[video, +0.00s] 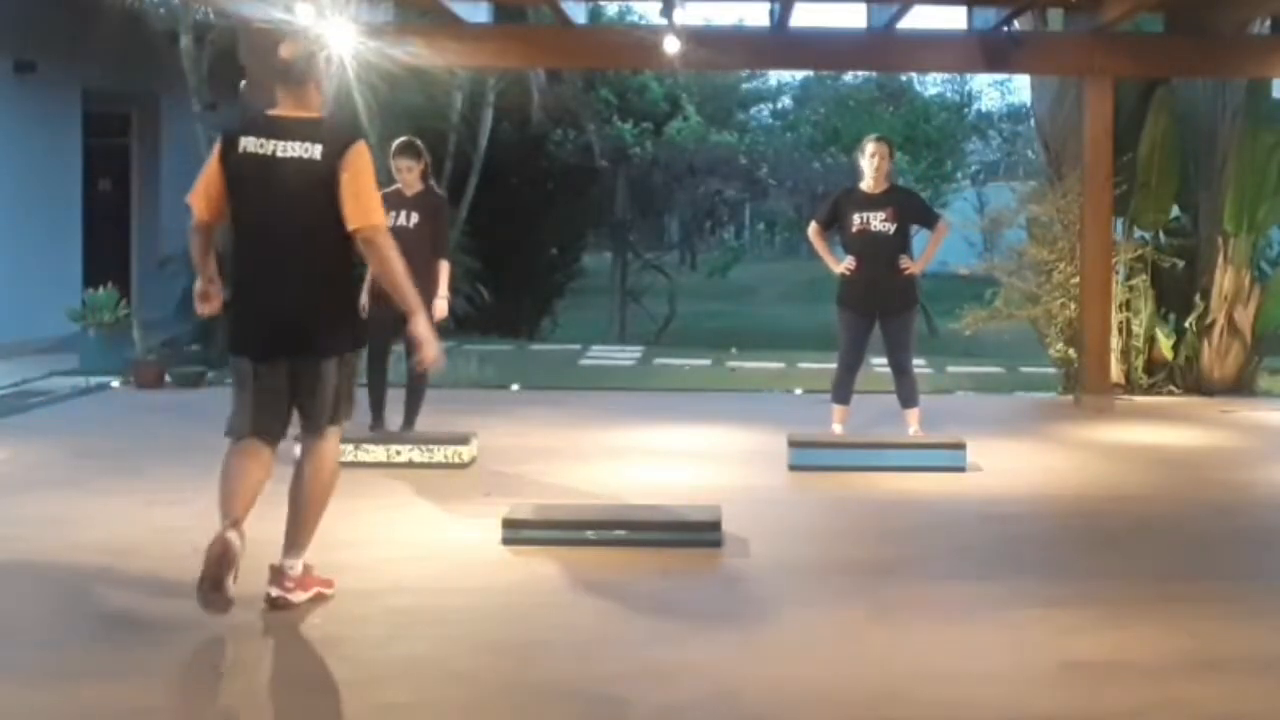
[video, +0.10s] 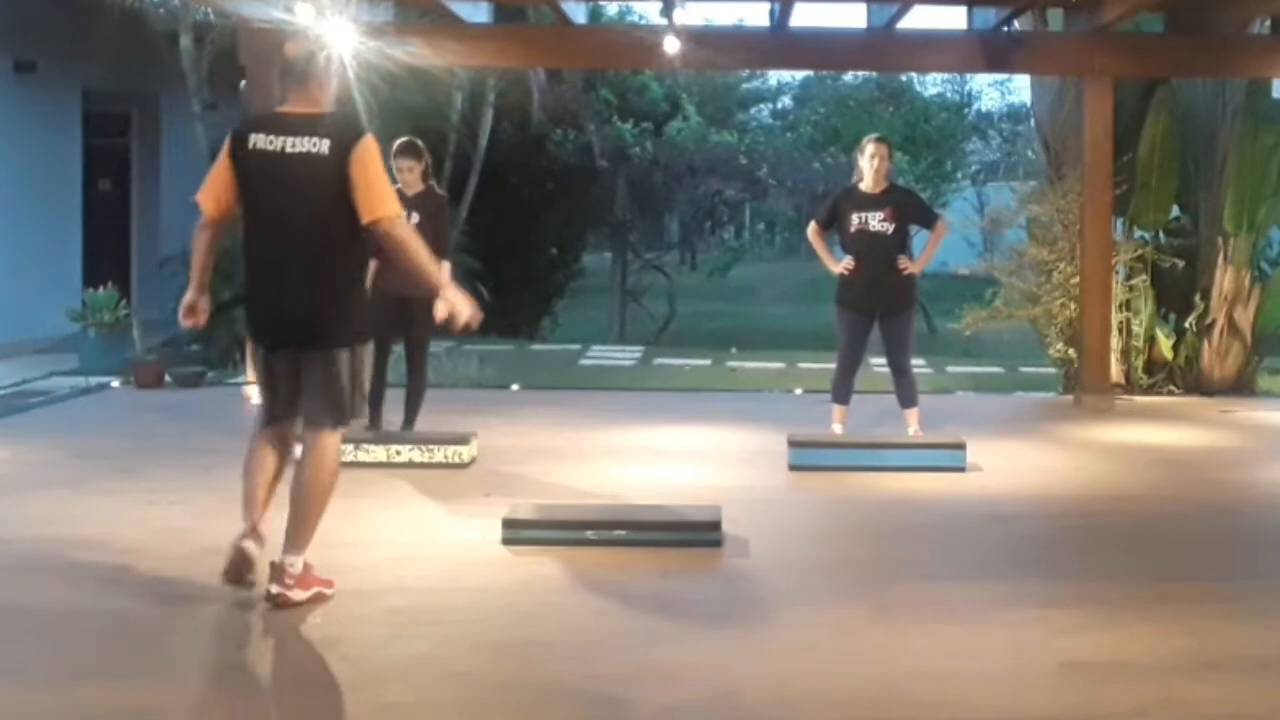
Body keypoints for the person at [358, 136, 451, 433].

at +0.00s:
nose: (403, 175)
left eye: (408, 169)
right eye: (398, 169)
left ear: (422, 166)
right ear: (392, 168)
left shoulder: (436, 203)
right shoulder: (384, 199)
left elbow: (443, 252)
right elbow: (376, 249)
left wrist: (442, 294)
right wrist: (365, 288)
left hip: (420, 291)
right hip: (384, 288)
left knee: (418, 359)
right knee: (376, 355)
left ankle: (409, 421)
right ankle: (376, 417)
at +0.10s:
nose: (403, 175)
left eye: (409, 168)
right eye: (399, 169)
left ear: (423, 166)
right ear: (393, 169)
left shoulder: (436, 202)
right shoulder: (386, 199)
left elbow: (444, 251)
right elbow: (376, 250)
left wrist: (444, 292)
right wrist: (367, 288)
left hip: (420, 293)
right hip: (386, 292)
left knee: (416, 361)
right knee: (379, 358)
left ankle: (409, 421)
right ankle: (374, 419)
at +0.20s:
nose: (405, 175)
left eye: (410, 168)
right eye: (400, 168)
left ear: (423, 168)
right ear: (392, 169)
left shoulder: (436, 203)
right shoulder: (385, 201)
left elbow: (446, 252)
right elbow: (376, 249)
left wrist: (444, 295)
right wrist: (368, 287)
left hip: (422, 294)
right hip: (387, 292)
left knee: (417, 361)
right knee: (378, 356)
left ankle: (409, 421)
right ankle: (375, 416)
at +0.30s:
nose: (403, 172)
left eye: (410, 166)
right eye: (399, 166)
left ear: (424, 167)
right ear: (391, 167)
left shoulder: (436, 203)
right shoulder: (384, 199)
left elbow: (445, 252)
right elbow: (373, 246)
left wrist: (443, 295)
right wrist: (367, 285)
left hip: (420, 294)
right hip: (385, 292)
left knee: (416, 361)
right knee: (379, 356)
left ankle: (409, 421)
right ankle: (377, 415)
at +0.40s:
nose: (405, 172)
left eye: (411, 165)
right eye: (400, 166)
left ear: (425, 166)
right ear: (391, 167)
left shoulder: (437, 204)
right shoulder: (383, 197)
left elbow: (444, 253)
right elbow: (370, 246)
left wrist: (441, 294)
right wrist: (368, 286)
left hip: (419, 293)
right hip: (385, 292)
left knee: (417, 361)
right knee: (380, 357)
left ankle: (409, 422)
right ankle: (379, 416)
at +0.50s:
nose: (405, 170)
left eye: (412, 163)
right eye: (401, 163)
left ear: (424, 165)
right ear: (392, 165)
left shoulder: (434, 203)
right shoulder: (382, 195)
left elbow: (443, 253)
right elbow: (371, 244)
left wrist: (438, 294)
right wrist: (370, 285)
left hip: (418, 293)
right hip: (383, 291)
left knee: (417, 361)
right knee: (378, 363)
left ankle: (409, 423)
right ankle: (382, 421)